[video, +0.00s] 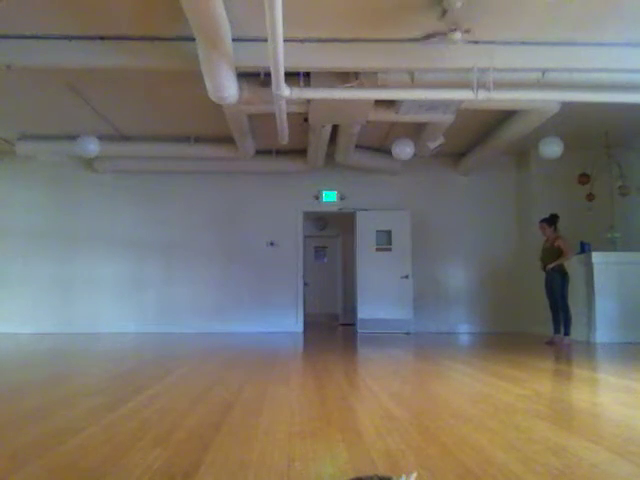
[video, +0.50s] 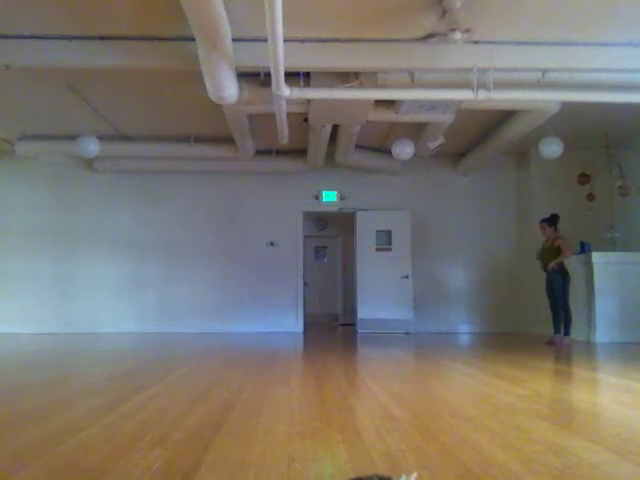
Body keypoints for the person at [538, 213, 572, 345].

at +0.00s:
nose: (542, 231)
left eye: (544, 228)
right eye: (541, 228)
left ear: (551, 228)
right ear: (544, 229)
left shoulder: (559, 240)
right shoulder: (547, 241)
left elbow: (568, 254)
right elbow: (546, 255)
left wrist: (553, 264)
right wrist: (543, 264)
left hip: (559, 273)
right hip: (549, 273)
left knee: (561, 304)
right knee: (553, 305)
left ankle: (566, 335)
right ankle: (556, 334)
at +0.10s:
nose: (542, 231)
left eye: (544, 228)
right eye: (541, 228)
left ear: (551, 227)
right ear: (544, 229)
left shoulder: (559, 240)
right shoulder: (547, 241)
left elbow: (568, 254)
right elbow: (546, 255)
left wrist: (553, 264)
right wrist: (543, 264)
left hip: (559, 273)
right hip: (549, 273)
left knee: (562, 304)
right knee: (553, 305)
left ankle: (566, 335)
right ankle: (556, 334)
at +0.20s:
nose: (542, 231)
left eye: (544, 228)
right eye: (541, 228)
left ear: (551, 228)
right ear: (544, 229)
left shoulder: (559, 240)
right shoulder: (546, 241)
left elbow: (567, 255)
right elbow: (546, 255)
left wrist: (553, 264)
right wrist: (543, 264)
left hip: (559, 273)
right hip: (549, 273)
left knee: (562, 304)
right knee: (553, 305)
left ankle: (566, 335)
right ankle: (556, 334)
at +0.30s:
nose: (542, 231)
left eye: (544, 228)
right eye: (541, 228)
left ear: (551, 228)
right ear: (544, 229)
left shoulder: (559, 240)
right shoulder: (546, 241)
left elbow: (567, 254)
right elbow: (544, 255)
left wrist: (553, 263)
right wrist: (543, 264)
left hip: (559, 273)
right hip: (550, 273)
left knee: (562, 304)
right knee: (553, 305)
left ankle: (566, 335)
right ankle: (556, 334)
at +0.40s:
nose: (542, 231)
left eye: (544, 228)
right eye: (541, 229)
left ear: (551, 228)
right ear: (543, 229)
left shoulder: (559, 240)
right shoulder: (546, 242)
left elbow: (567, 253)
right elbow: (542, 255)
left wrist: (554, 263)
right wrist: (543, 263)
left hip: (560, 273)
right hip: (550, 273)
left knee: (562, 304)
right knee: (553, 305)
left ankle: (566, 336)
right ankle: (556, 334)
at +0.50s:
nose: (542, 231)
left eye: (544, 228)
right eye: (541, 229)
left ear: (551, 228)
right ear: (543, 229)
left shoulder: (559, 240)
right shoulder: (546, 242)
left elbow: (566, 253)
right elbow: (542, 255)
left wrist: (555, 262)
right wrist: (543, 263)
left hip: (560, 273)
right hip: (550, 273)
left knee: (562, 304)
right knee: (553, 305)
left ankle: (566, 336)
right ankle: (556, 334)